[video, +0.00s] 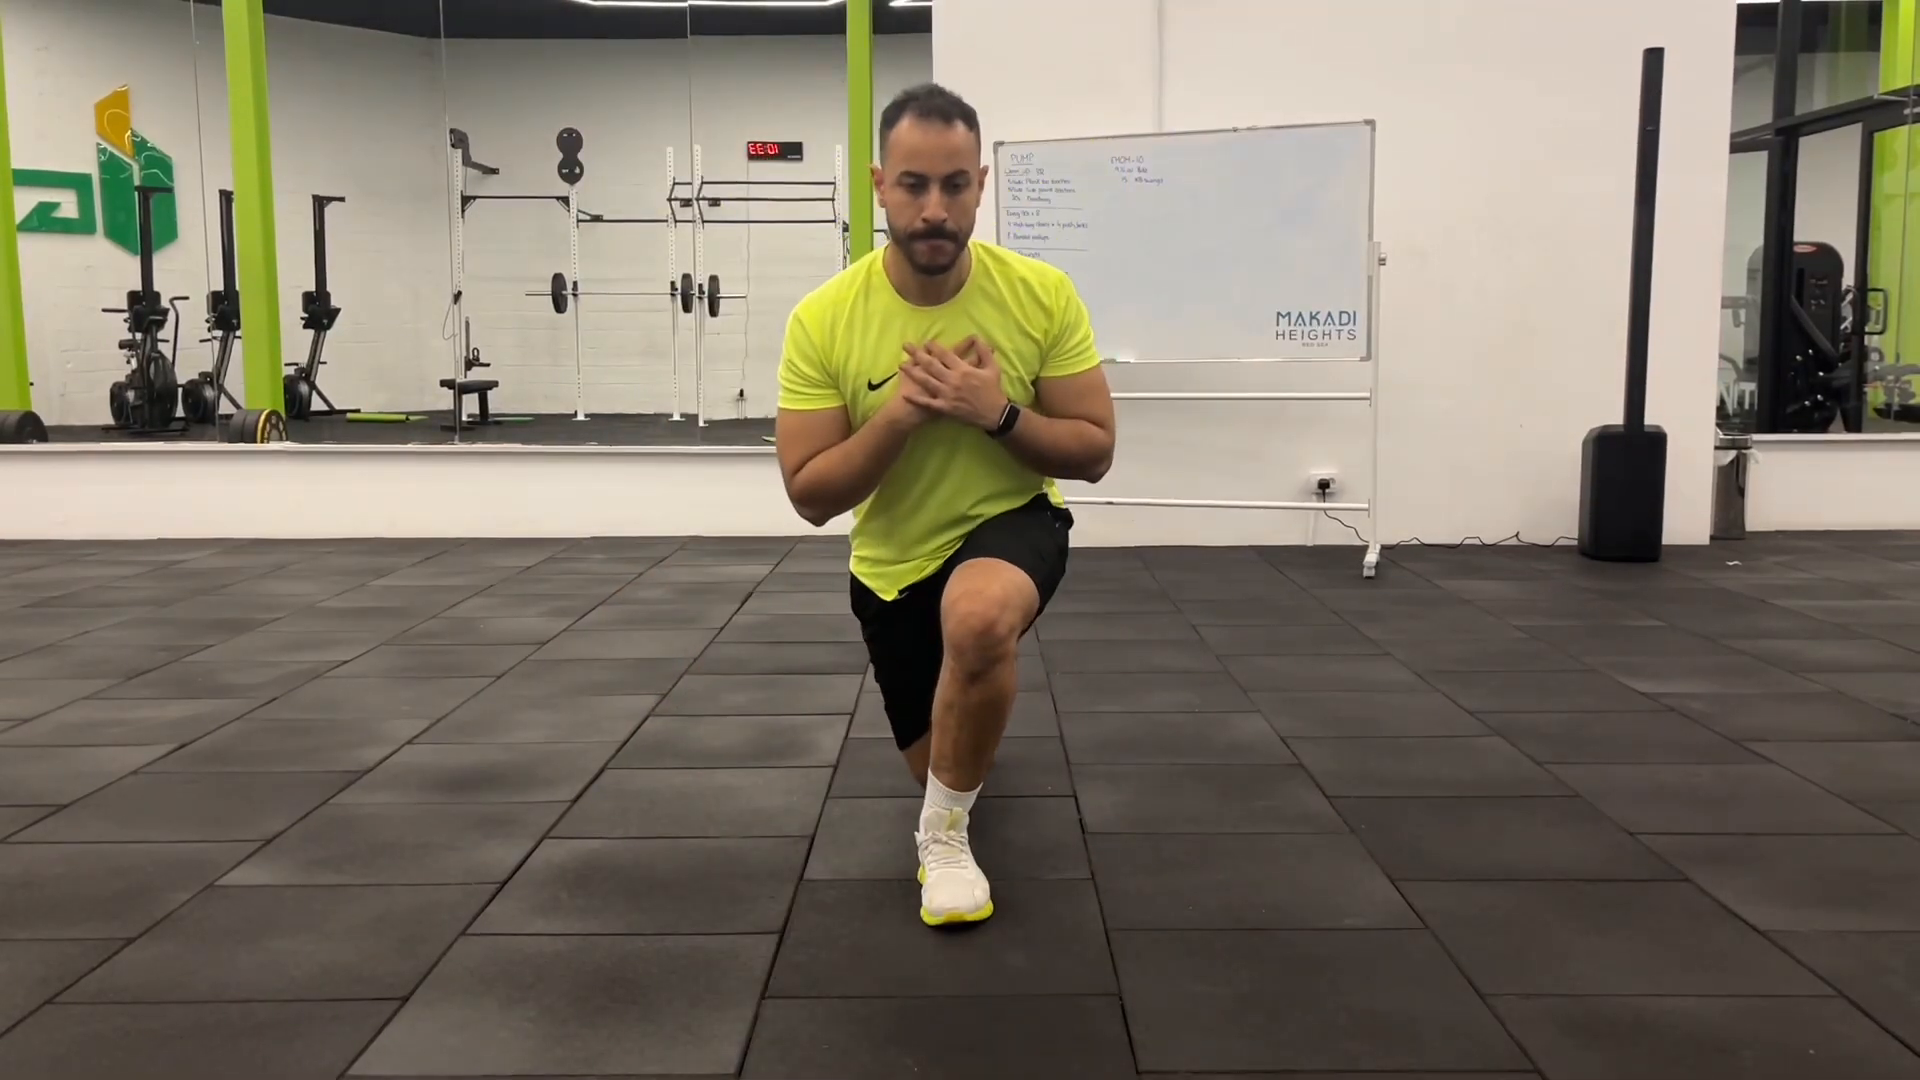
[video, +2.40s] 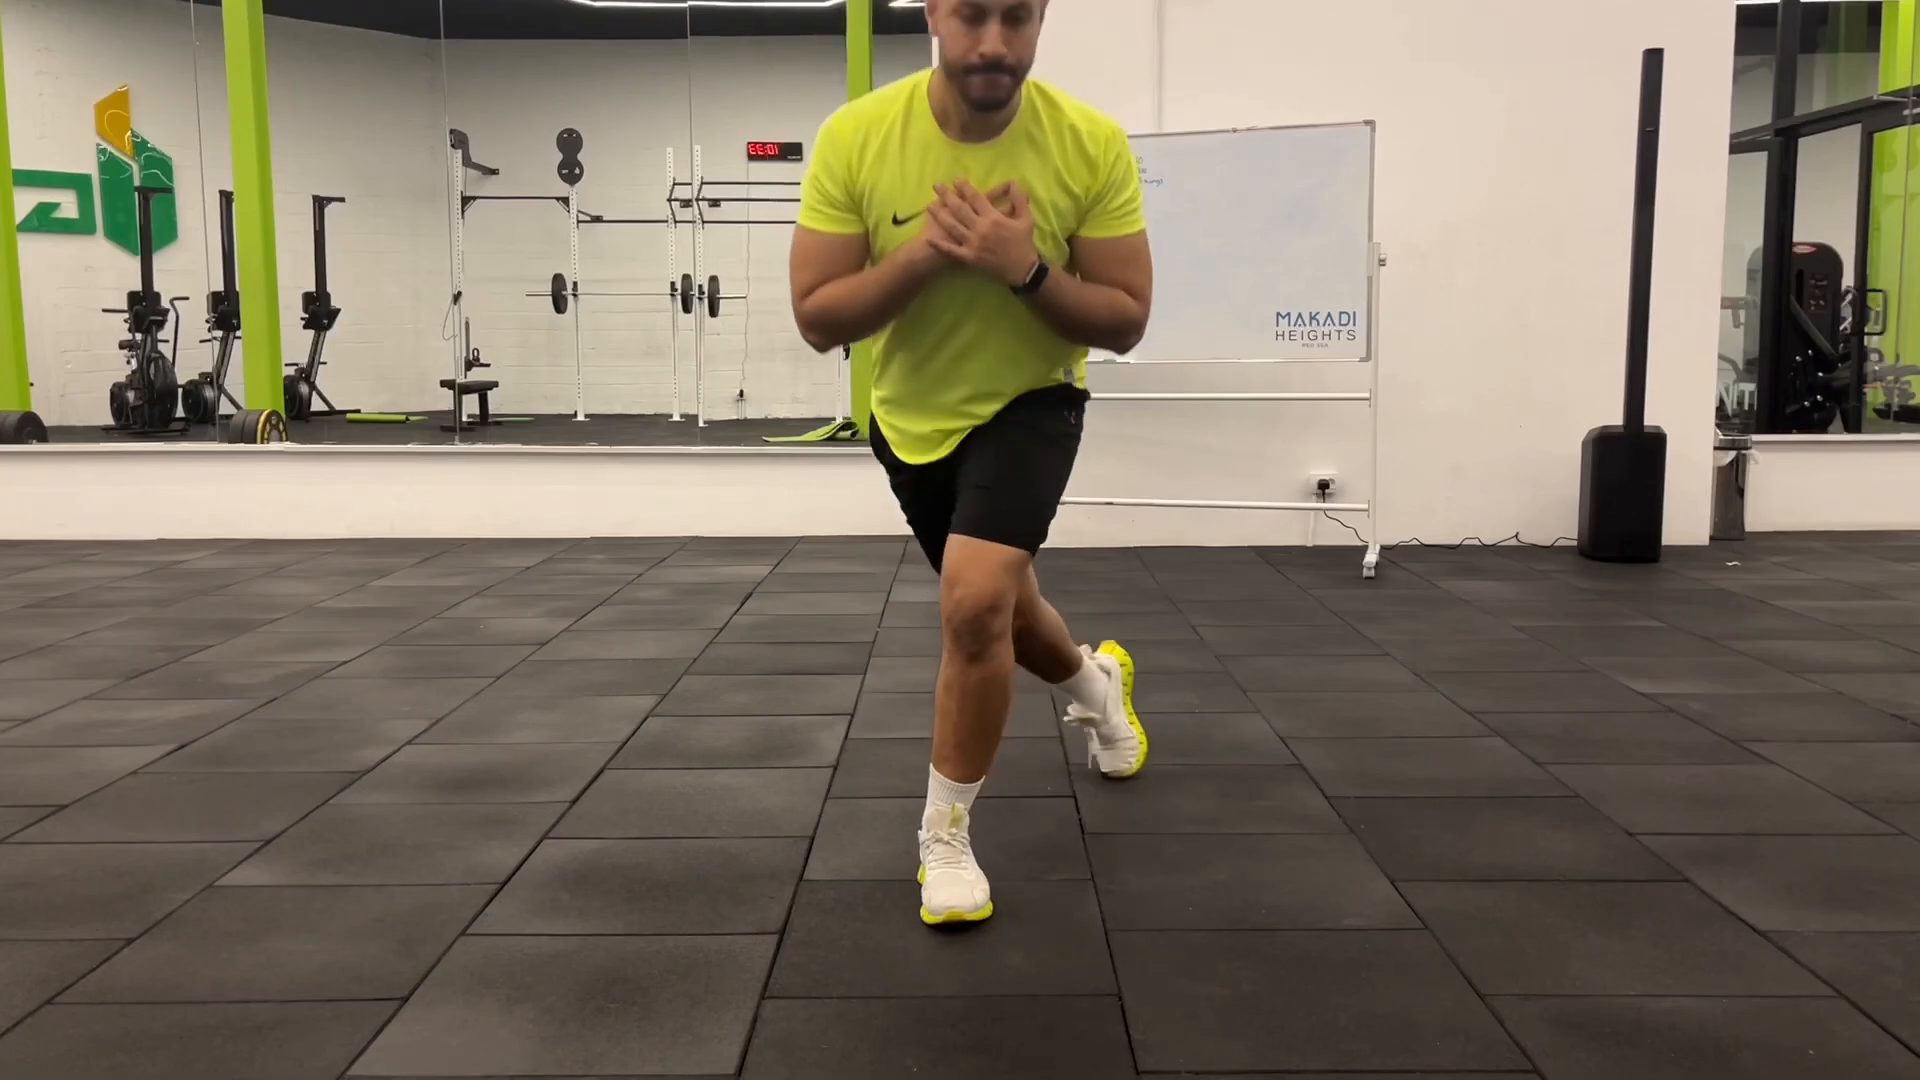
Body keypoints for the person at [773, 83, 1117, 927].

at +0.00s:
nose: (935, 211)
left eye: (956, 185)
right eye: (914, 186)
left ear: (980, 185)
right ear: (880, 187)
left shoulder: (1041, 295)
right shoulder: (823, 322)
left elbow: (1093, 450)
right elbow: (811, 496)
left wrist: (1002, 415)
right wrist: (902, 410)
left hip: (1012, 512)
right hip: (894, 548)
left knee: (979, 620)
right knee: (925, 762)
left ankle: (945, 830)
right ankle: (963, 744)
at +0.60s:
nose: (961, 76)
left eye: (983, 50)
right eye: (939, 48)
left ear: (1012, 50)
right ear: (901, 42)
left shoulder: (1060, 171)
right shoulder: (829, 175)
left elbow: (1098, 335)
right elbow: (803, 351)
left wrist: (1007, 299)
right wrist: (901, 284)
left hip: (1005, 414)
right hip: (882, 433)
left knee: (982, 614)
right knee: (924, 645)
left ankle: (948, 832)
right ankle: (967, 699)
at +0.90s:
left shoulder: (1064, 45)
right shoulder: (828, 34)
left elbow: (1100, 232)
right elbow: (789, 225)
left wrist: (999, 166)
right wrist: (891, 148)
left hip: (995, 340)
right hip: (860, 340)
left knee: (969, 586)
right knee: (859, 592)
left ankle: (948, 827)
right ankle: (879, 707)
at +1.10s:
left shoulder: (1059, 13)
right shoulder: (818, 8)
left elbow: (1092, 192)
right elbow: (779, 181)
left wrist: (986, 109)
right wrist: (871, 88)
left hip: (983, 327)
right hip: (841, 317)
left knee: (959, 576)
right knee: (804, 573)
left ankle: (947, 834)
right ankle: (776, 787)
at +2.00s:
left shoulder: (1079, 15)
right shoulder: (836, 8)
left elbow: (1112, 199)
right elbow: (792, 182)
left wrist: (1006, 114)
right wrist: (902, 94)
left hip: (996, 330)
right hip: (858, 324)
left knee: (972, 582)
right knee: (847, 576)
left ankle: (949, 826)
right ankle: (888, 729)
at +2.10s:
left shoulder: (1082, 20)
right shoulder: (842, 11)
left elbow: (1114, 215)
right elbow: (794, 192)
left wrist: (1019, 136)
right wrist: (908, 110)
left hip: (1005, 331)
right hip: (870, 330)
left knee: (977, 582)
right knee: (891, 581)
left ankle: (947, 829)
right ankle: (983, 675)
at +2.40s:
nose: (993, 46)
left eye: (1016, 21)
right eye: (972, 20)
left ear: (1041, 24)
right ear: (933, 18)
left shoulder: (1091, 148)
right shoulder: (853, 140)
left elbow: (1126, 322)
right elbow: (816, 320)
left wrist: (1029, 270)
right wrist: (928, 252)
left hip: (1033, 395)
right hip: (908, 411)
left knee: (973, 607)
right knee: (998, 604)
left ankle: (946, 834)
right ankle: (1093, 684)